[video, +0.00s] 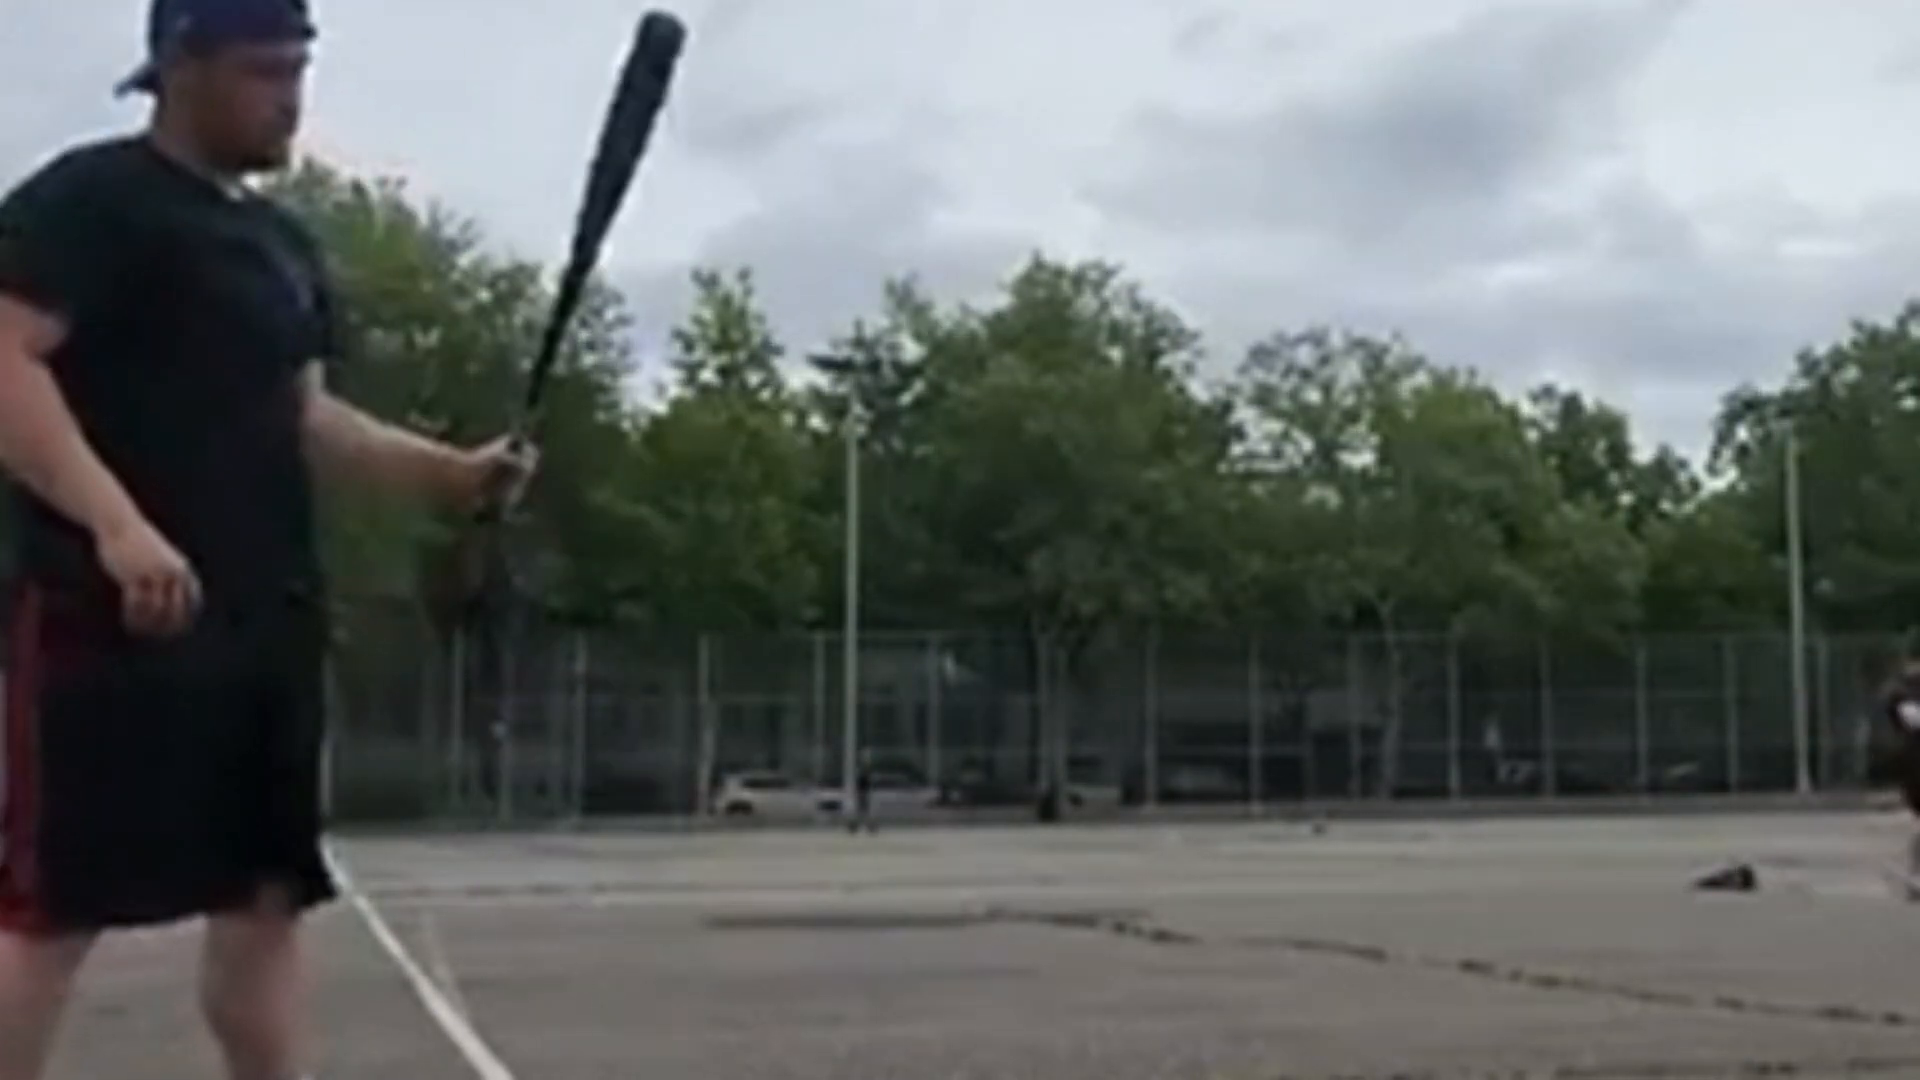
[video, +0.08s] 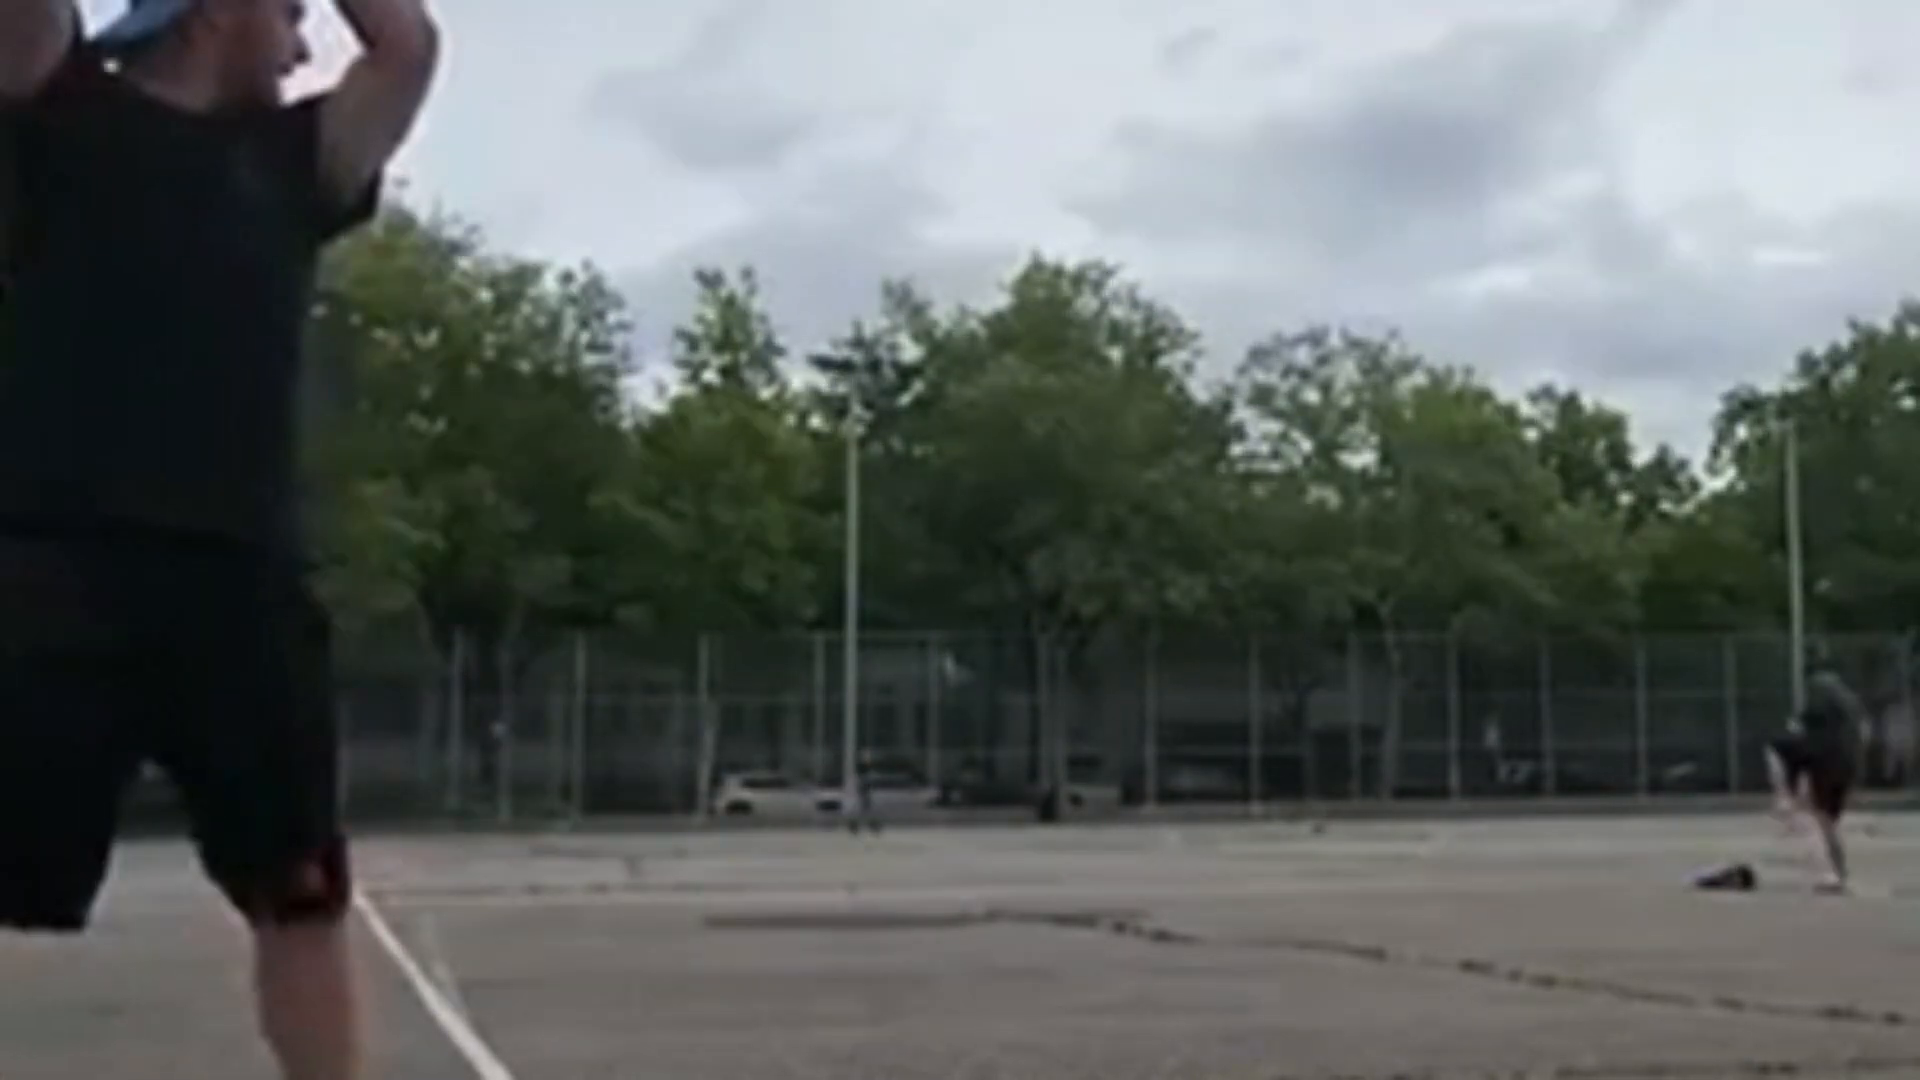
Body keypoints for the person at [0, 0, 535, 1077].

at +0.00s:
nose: (290, 98)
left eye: (297, 74)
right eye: (265, 73)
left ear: (300, 79)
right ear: (181, 73)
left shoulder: (282, 241)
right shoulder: (85, 197)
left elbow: (303, 413)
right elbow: (10, 361)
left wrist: (450, 471)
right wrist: (115, 522)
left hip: (258, 617)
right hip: (94, 614)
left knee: (262, 904)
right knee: (50, 918)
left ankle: (270, 1067)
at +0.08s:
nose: (300, 37)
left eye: (300, 19)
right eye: (286, 10)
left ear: (218, 24)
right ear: (216, 12)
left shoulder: (285, 157)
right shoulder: (53, 111)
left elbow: (405, 49)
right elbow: (26, 12)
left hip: (235, 572)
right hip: (52, 564)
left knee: (304, 895)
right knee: (7, 892)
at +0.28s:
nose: (296, 32)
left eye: (299, 17)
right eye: (281, 6)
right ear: (209, 3)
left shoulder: (274, 152)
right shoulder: (43, 94)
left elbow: (381, 15)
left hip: (202, 569)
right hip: (34, 561)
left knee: (312, 886)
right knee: (3, 888)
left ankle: (326, 1065)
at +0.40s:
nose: (297, 34)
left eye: (302, 20)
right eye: (277, 8)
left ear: (303, 40)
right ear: (217, 10)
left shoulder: (298, 157)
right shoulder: (64, 123)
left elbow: (381, 12)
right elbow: (34, 0)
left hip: (241, 572)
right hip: (54, 562)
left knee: (327, 908)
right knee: (2, 893)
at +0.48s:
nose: (316, 31)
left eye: (316, 16)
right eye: (296, 9)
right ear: (233, 16)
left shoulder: (314, 163)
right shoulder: (78, 132)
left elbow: (397, 11)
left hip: (266, 577)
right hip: (75, 569)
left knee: (346, 909)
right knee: (6, 901)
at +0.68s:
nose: (362, 53)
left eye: (360, 30)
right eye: (345, 25)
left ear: (291, 37)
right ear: (287, 27)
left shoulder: (352, 169)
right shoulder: (120, 140)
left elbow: (436, 25)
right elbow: (77, 12)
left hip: (311, 588)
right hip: (120, 578)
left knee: (380, 912)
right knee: (20, 911)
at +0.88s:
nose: (372, 44)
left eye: (372, 24)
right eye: (351, 19)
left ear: (317, 40)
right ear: (287, 27)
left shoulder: (369, 170)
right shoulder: (139, 146)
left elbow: (434, 23)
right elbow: (100, 12)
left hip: (317, 591)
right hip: (124, 581)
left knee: (381, 917)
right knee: (7, 891)